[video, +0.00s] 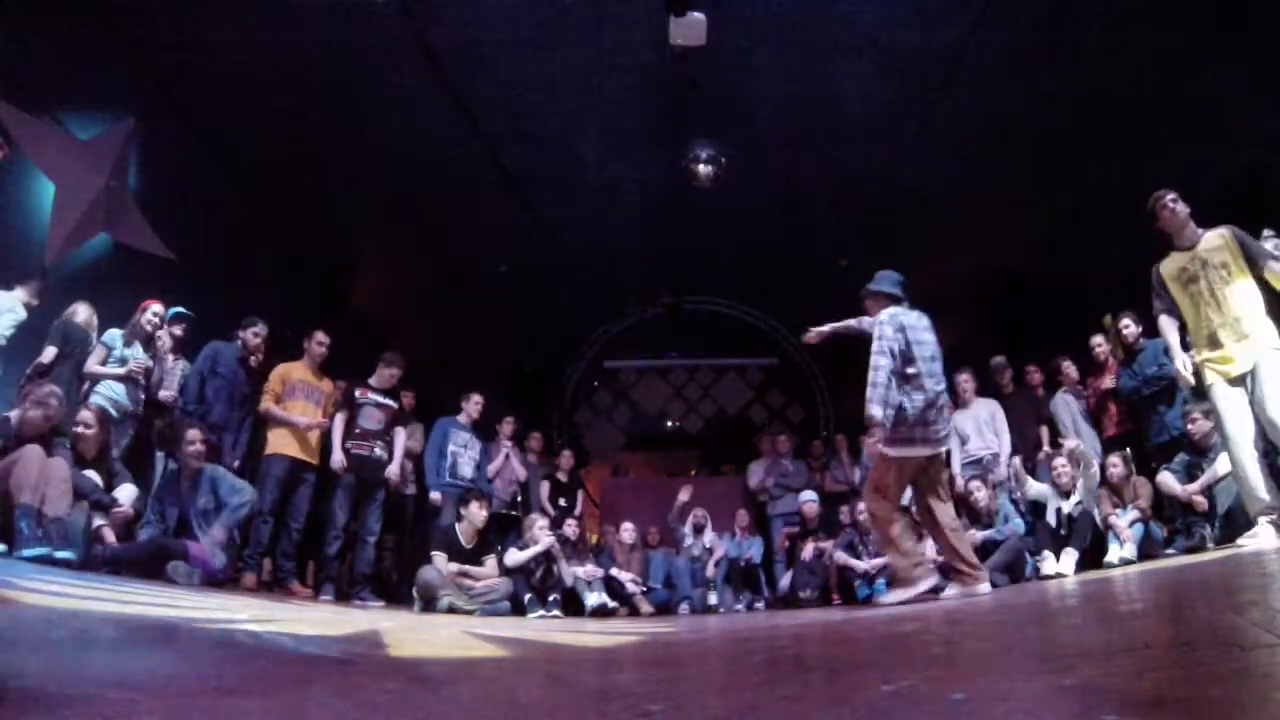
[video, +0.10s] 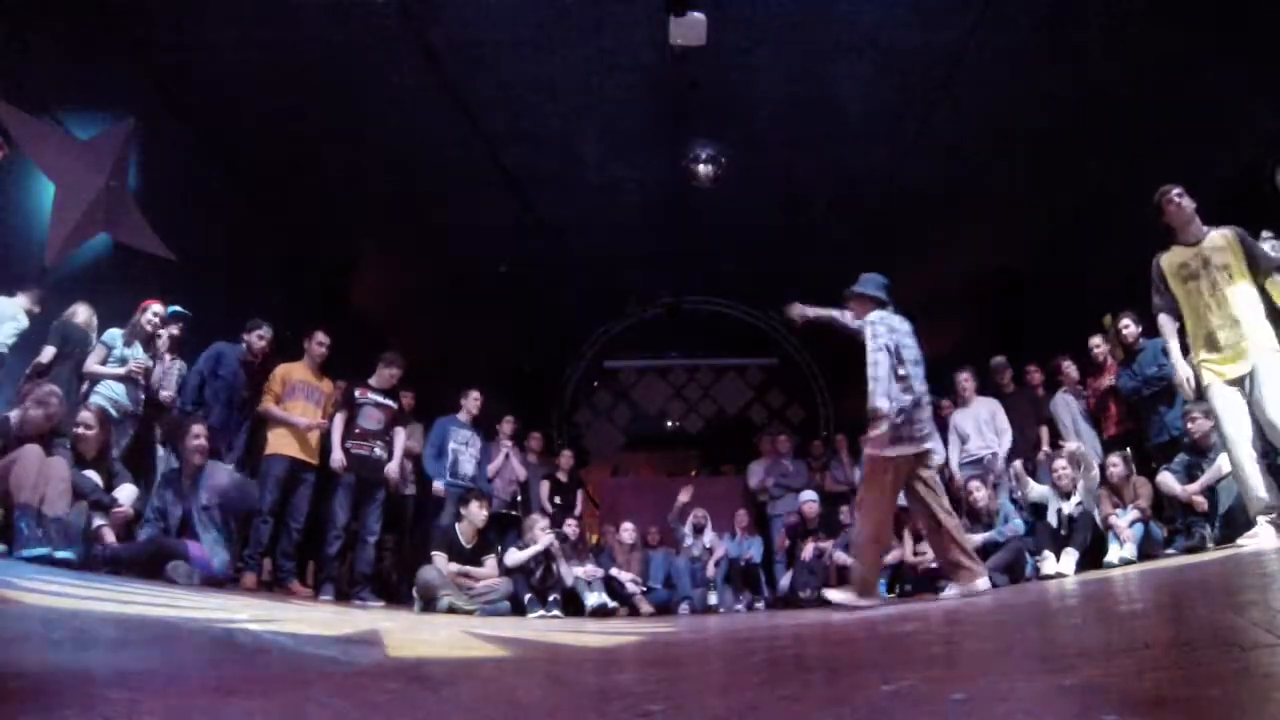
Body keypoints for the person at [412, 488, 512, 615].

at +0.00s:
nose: (485, 514)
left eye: (486, 509)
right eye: (479, 508)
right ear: (463, 510)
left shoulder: (485, 539)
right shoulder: (444, 534)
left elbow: (493, 572)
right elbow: (442, 572)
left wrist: (462, 569)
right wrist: (475, 584)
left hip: (476, 590)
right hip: (448, 588)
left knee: (506, 585)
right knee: (426, 573)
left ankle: (453, 604)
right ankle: (475, 608)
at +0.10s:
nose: (485, 513)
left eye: (487, 508)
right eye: (479, 508)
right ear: (463, 510)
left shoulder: (485, 538)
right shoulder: (444, 533)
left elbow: (493, 572)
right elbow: (442, 571)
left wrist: (462, 569)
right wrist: (475, 584)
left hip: (478, 589)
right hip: (450, 588)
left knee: (506, 585)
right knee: (427, 573)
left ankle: (453, 605)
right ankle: (475, 609)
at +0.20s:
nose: (485, 513)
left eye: (487, 509)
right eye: (479, 508)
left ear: (489, 511)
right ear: (463, 510)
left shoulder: (485, 537)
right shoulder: (444, 533)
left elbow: (493, 572)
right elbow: (443, 572)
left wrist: (460, 569)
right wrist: (475, 584)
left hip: (478, 590)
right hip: (449, 588)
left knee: (507, 585)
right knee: (426, 573)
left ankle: (454, 605)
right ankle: (475, 609)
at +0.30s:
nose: (485, 513)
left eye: (486, 508)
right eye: (479, 507)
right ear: (463, 510)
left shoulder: (485, 538)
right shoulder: (443, 534)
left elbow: (492, 572)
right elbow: (443, 572)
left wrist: (460, 570)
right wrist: (475, 584)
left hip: (478, 590)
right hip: (449, 588)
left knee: (507, 585)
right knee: (426, 573)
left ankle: (453, 605)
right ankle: (473, 609)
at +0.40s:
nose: (485, 513)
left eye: (486, 508)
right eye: (479, 507)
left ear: (488, 510)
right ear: (463, 510)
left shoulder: (485, 537)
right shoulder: (443, 534)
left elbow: (493, 572)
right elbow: (443, 572)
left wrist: (460, 570)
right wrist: (475, 585)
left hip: (479, 591)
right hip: (449, 589)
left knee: (507, 585)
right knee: (426, 573)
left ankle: (454, 605)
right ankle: (474, 609)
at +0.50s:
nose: (486, 514)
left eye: (487, 509)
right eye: (480, 508)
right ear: (463, 509)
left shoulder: (484, 537)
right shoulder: (444, 533)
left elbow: (492, 572)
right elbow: (442, 571)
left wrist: (460, 571)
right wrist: (475, 584)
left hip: (478, 589)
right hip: (450, 588)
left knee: (506, 585)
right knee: (426, 573)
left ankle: (454, 605)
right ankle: (475, 608)